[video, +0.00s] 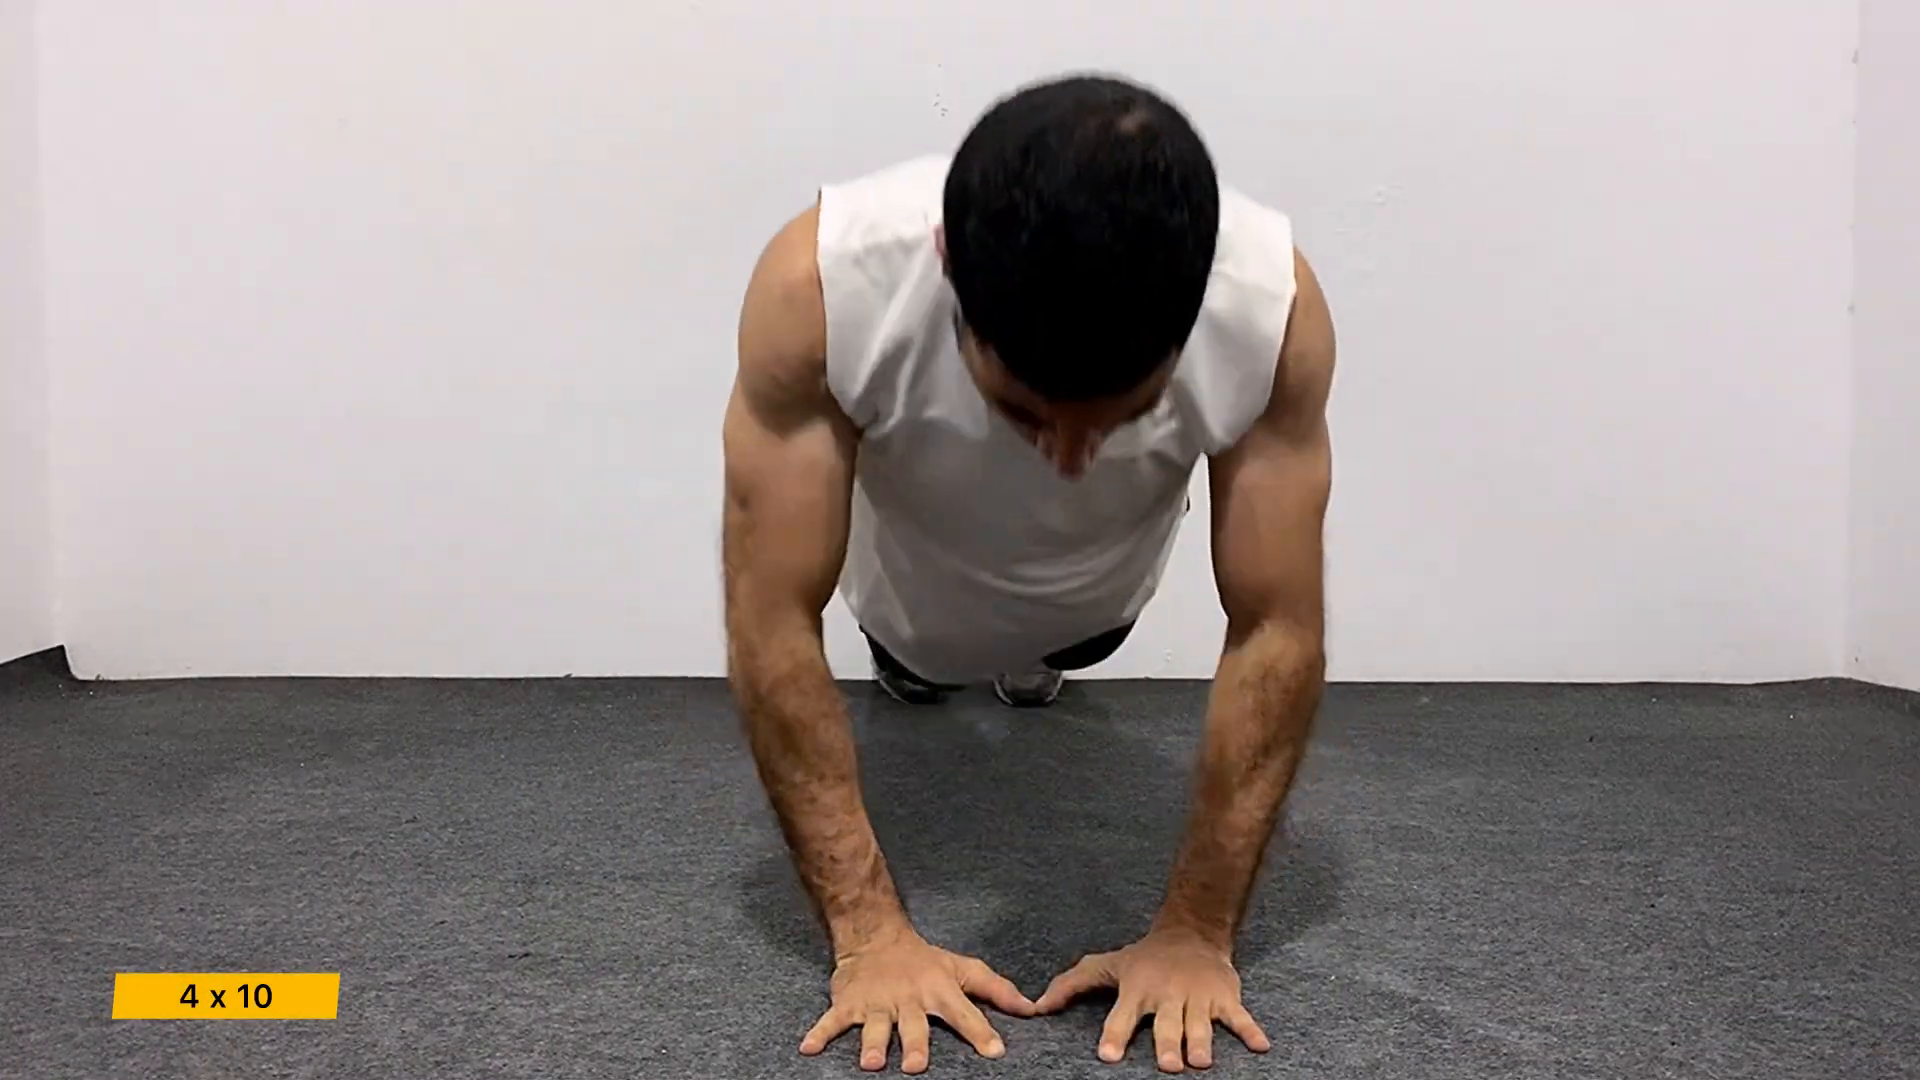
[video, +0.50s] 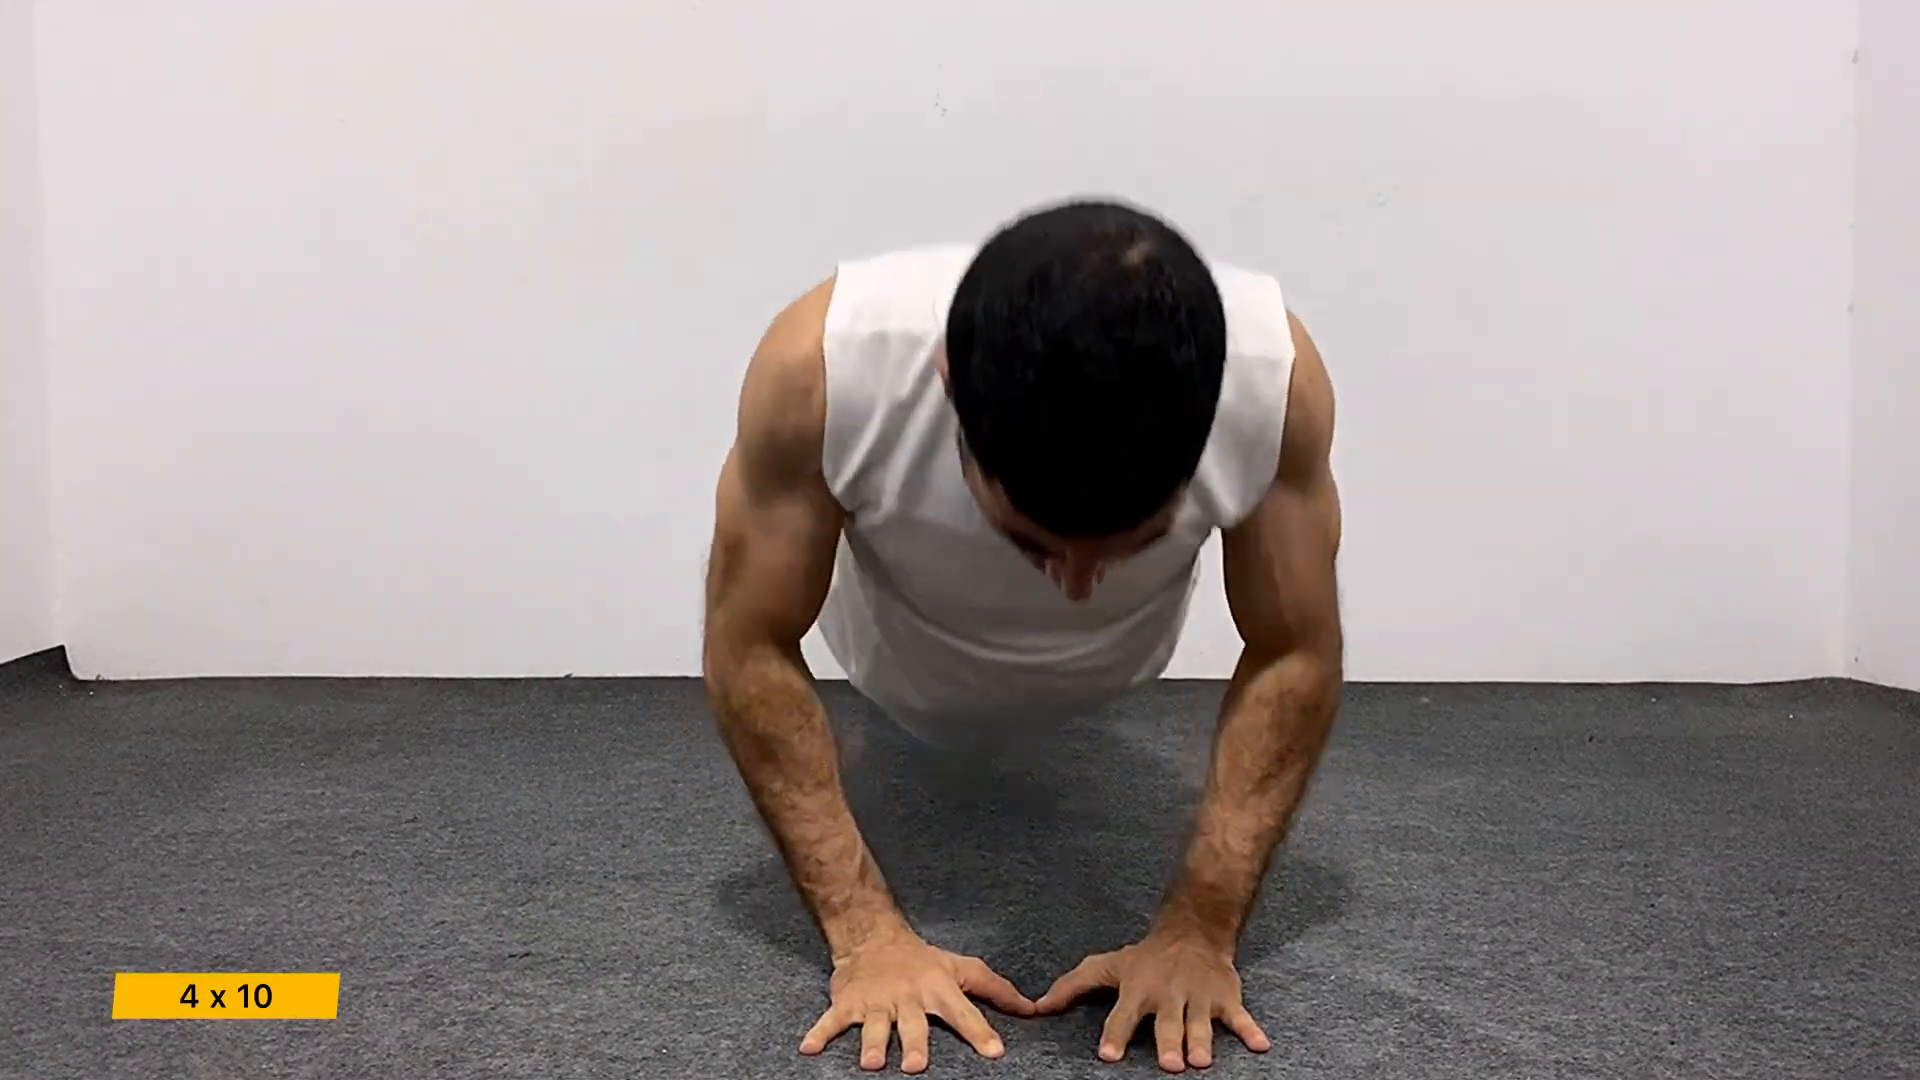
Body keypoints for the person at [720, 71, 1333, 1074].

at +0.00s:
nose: (1068, 455)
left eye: (1117, 416)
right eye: (1027, 411)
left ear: (1183, 327)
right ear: (953, 295)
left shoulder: (1268, 312)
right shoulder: (819, 291)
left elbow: (1277, 630)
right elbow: (770, 624)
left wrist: (1195, 932)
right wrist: (869, 932)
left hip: (1098, 614)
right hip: (914, 614)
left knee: (1062, 663)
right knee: (918, 675)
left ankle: (1030, 670)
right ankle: (917, 678)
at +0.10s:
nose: (1066, 365)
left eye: (1115, 321)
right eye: (1024, 314)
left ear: (1181, 232)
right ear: (952, 191)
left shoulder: (1265, 257)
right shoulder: (817, 241)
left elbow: (1244, 605)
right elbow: (829, 594)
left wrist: (1194, 933)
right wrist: (874, 931)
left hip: (1095, 565)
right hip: (920, 563)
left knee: (1056, 631)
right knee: (920, 644)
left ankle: (1030, 646)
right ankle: (915, 662)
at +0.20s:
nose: (1063, 347)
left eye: (1111, 302)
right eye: (1021, 299)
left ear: (1179, 210)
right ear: (946, 167)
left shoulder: (1264, 251)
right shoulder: (815, 237)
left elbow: (1238, 602)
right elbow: (841, 593)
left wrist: (1193, 932)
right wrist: (875, 932)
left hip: (1092, 563)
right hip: (918, 564)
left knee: (1052, 626)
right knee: (920, 641)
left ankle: (1026, 642)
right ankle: (916, 659)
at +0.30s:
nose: (1066, 381)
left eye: (1113, 342)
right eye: (1022, 339)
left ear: (1181, 255)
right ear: (950, 222)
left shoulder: (1266, 267)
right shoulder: (815, 255)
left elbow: (1251, 608)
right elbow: (810, 600)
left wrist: (1195, 934)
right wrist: (872, 933)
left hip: (1096, 590)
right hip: (916, 593)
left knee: (1055, 648)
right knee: (919, 659)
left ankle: (1032, 661)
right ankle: (913, 673)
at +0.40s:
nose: (1073, 460)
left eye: (1122, 419)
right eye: (1031, 417)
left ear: (1185, 321)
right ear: (951, 287)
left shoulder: (1266, 306)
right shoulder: (817, 300)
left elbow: (1272, 629)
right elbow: (772, 622)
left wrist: (1194, 934)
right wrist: (869, 933)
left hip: (1106, 622)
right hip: (915, 630)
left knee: (1072, 669)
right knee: (920, 680)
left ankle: (1047, 673)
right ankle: (920, 680)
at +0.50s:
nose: (1077, 579)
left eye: (1130, 542)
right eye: (1034, 540)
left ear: (1204, 428)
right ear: (948, 392)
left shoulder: (1270, 382)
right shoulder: (820, 371)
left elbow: (1294, 652)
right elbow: (747, 649)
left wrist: (1200, 927)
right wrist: (868, 935)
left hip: (1118, 666)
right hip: (908, 674)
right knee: (915, 698)